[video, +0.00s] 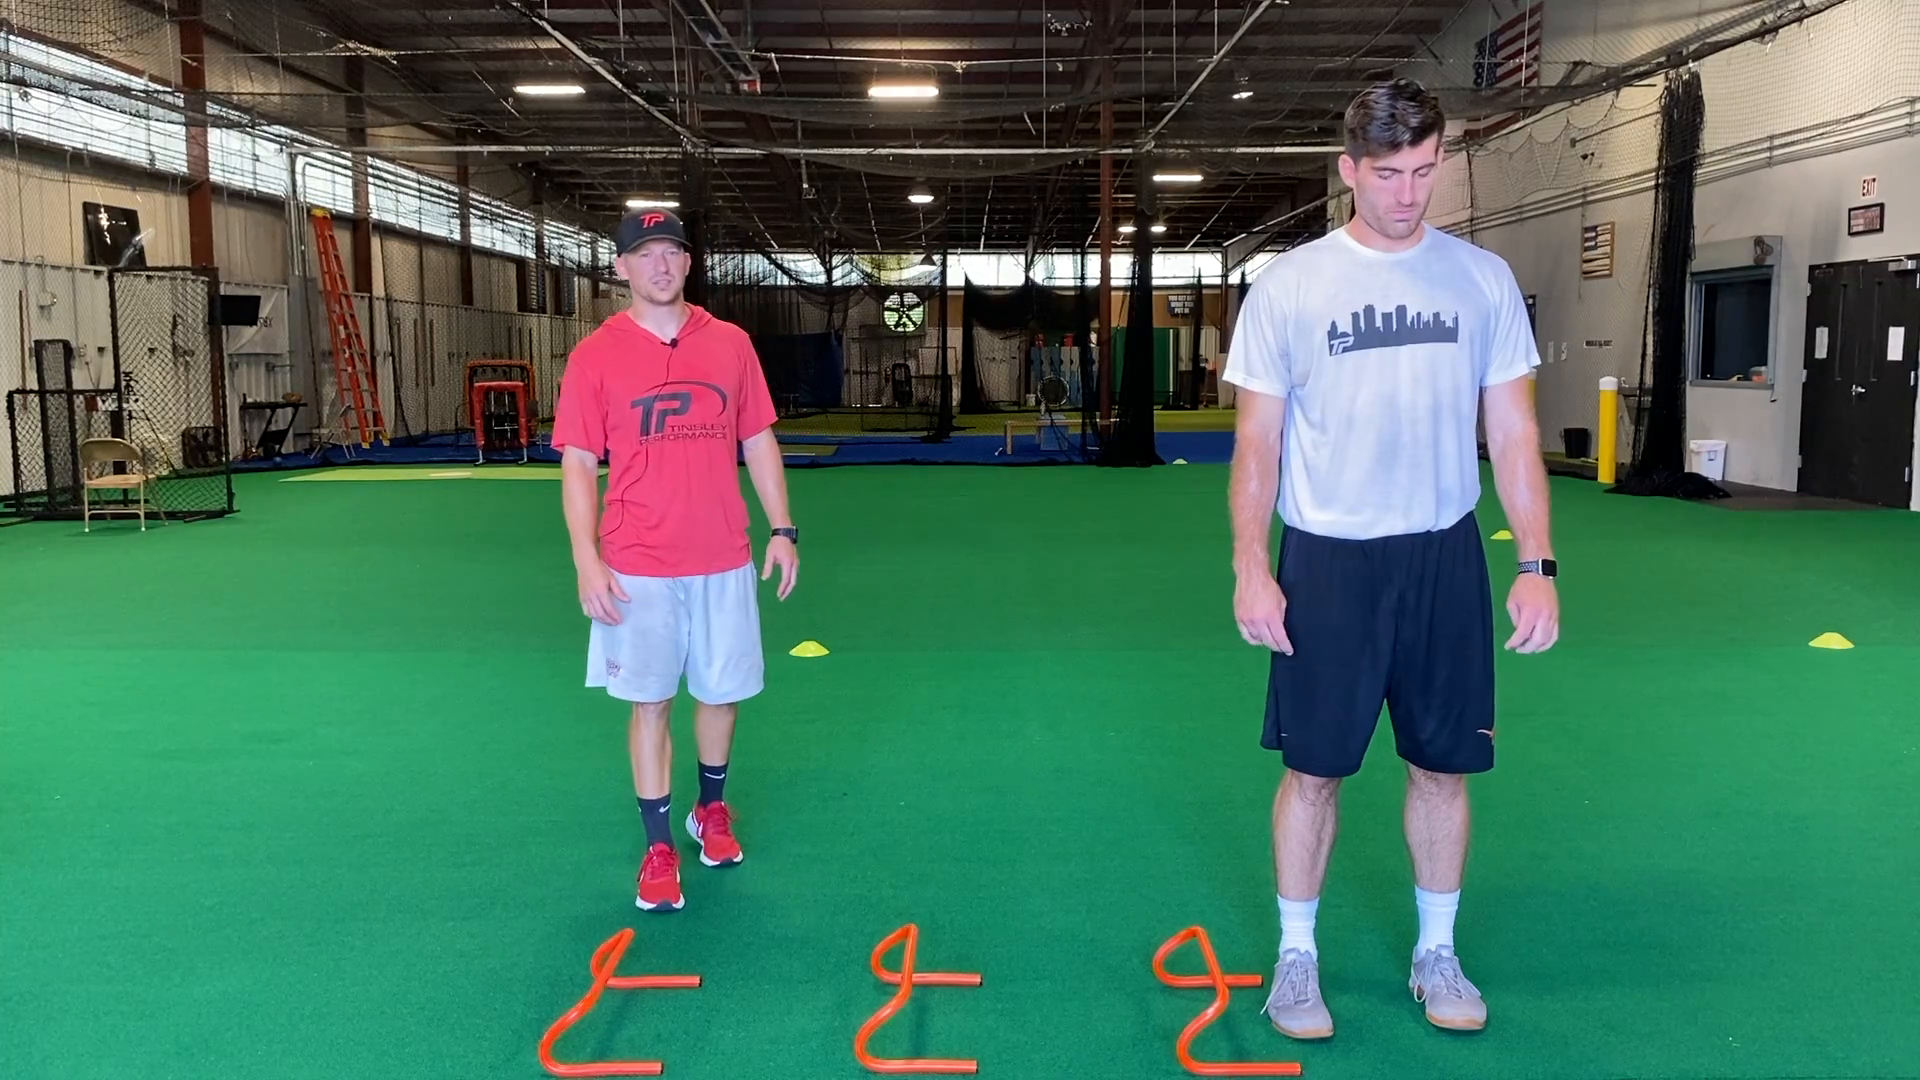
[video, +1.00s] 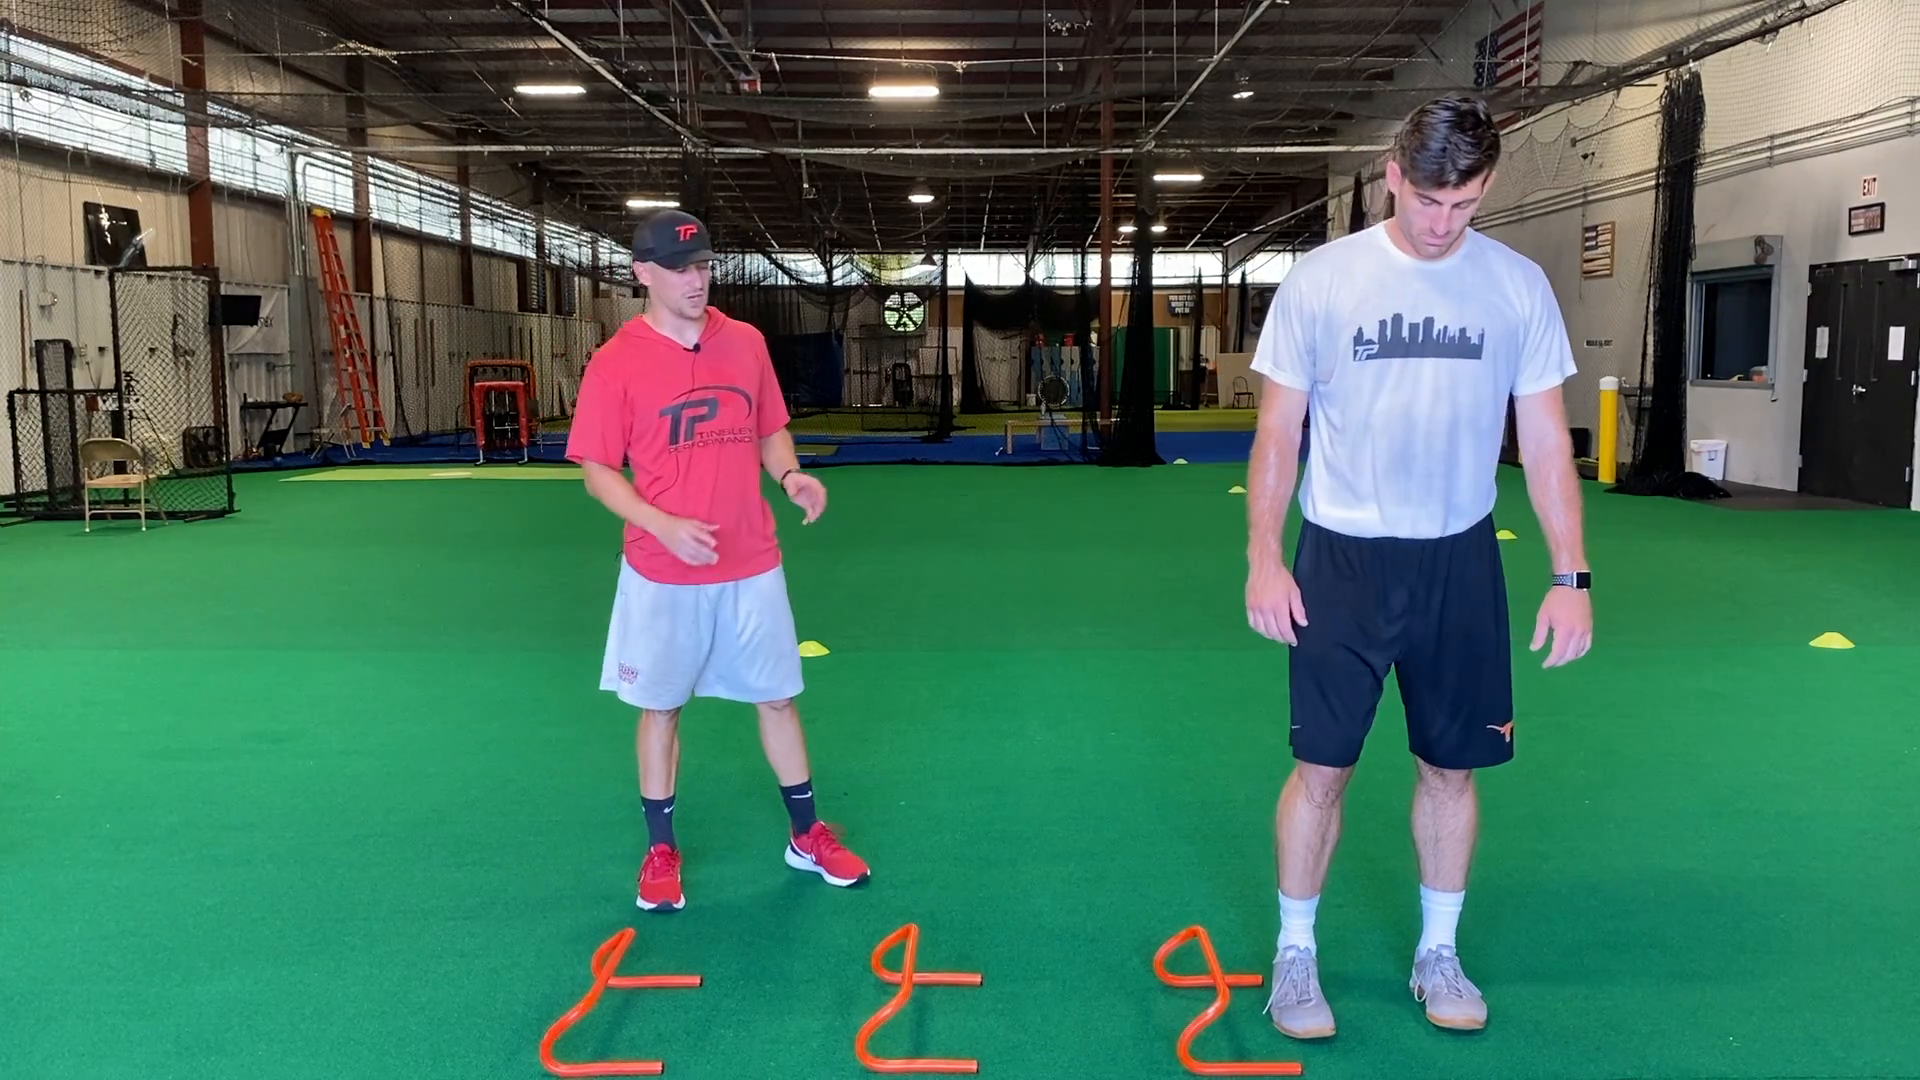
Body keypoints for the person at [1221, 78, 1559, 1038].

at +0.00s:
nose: (1410, 191)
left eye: (1424, 169)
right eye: (1391, 173)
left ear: (1442, 163)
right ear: (1349, 169)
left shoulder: (1484, 279)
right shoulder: (1287, 285)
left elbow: (1514, 435)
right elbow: (1256, 445)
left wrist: (1537, 562)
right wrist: (1252, 570)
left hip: (1444, 559)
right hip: (1328, 562)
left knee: (1443, 761)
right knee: (1314, 768)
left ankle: (1437, 956)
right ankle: (1296, 959)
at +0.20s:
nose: (1408, 191)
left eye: (1424, 170)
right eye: (1389, 173)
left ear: (1442, 164)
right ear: (1350, 169)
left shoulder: (1485, 279)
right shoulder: (1288, 286)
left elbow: (1515, 436)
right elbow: (1257, 445)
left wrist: (1538, 561)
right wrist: (1255, 571)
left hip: (1446, 560)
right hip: (1330, 563)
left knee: (1444, 762)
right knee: (1313, 769)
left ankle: (1437, 956)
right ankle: (1296, 959)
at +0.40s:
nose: (1417, 194)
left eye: (1432, 172)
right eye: (1397, 176)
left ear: (1452, 167)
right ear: (1358, 172)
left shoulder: (1493, 279)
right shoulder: (1298, 286)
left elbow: (1521, 435)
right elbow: (1264, 447)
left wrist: (1538, 562)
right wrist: (1262, 571)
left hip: (1453, 560)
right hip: (1338, 563)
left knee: (1448, 762)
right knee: (1318, 768)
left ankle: (1437, 956)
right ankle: (1296, 958)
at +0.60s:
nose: (1432, 202)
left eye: (1448, 180)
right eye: (1413, 183)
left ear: (1468, 174)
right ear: (1374, 174)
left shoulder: (1507, 281)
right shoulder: (1311, 286)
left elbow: (1532, 436)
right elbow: (1277, 442)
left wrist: (1547, 564)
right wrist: (1272, 567)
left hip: (1464, 562)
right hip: (1348, 563)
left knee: (1454, 763)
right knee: (1324, 767)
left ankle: (1439, 956)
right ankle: (1297, 957)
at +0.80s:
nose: (1449, 214)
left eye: (1467, 194)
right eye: (1431, 192)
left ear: (1488, 183)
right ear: (1391, 176)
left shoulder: (1520, 284)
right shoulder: (1323, 283)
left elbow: (1545, 442)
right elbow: (1286, 440)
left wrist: (1562, 571)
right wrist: (1277, 561)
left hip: (1467, 562)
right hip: (1349, 561)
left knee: (1455, 763)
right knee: (1325, 765)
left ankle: (1439, 955)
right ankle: (1296, 955)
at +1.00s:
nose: (1448, 223)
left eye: (1467, 205)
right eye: (1431, 202)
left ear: (1489, 189)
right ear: (1391, 176)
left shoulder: (1516, 285)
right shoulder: (1319, 282)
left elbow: (1546, 441)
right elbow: (1278, 434)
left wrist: (1571, 575)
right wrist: (1264, 557)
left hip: (1459, 562)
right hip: (1342, 560)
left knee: (1451, 763)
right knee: (1323, 766)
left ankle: (1439, 956)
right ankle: (1295, 956)